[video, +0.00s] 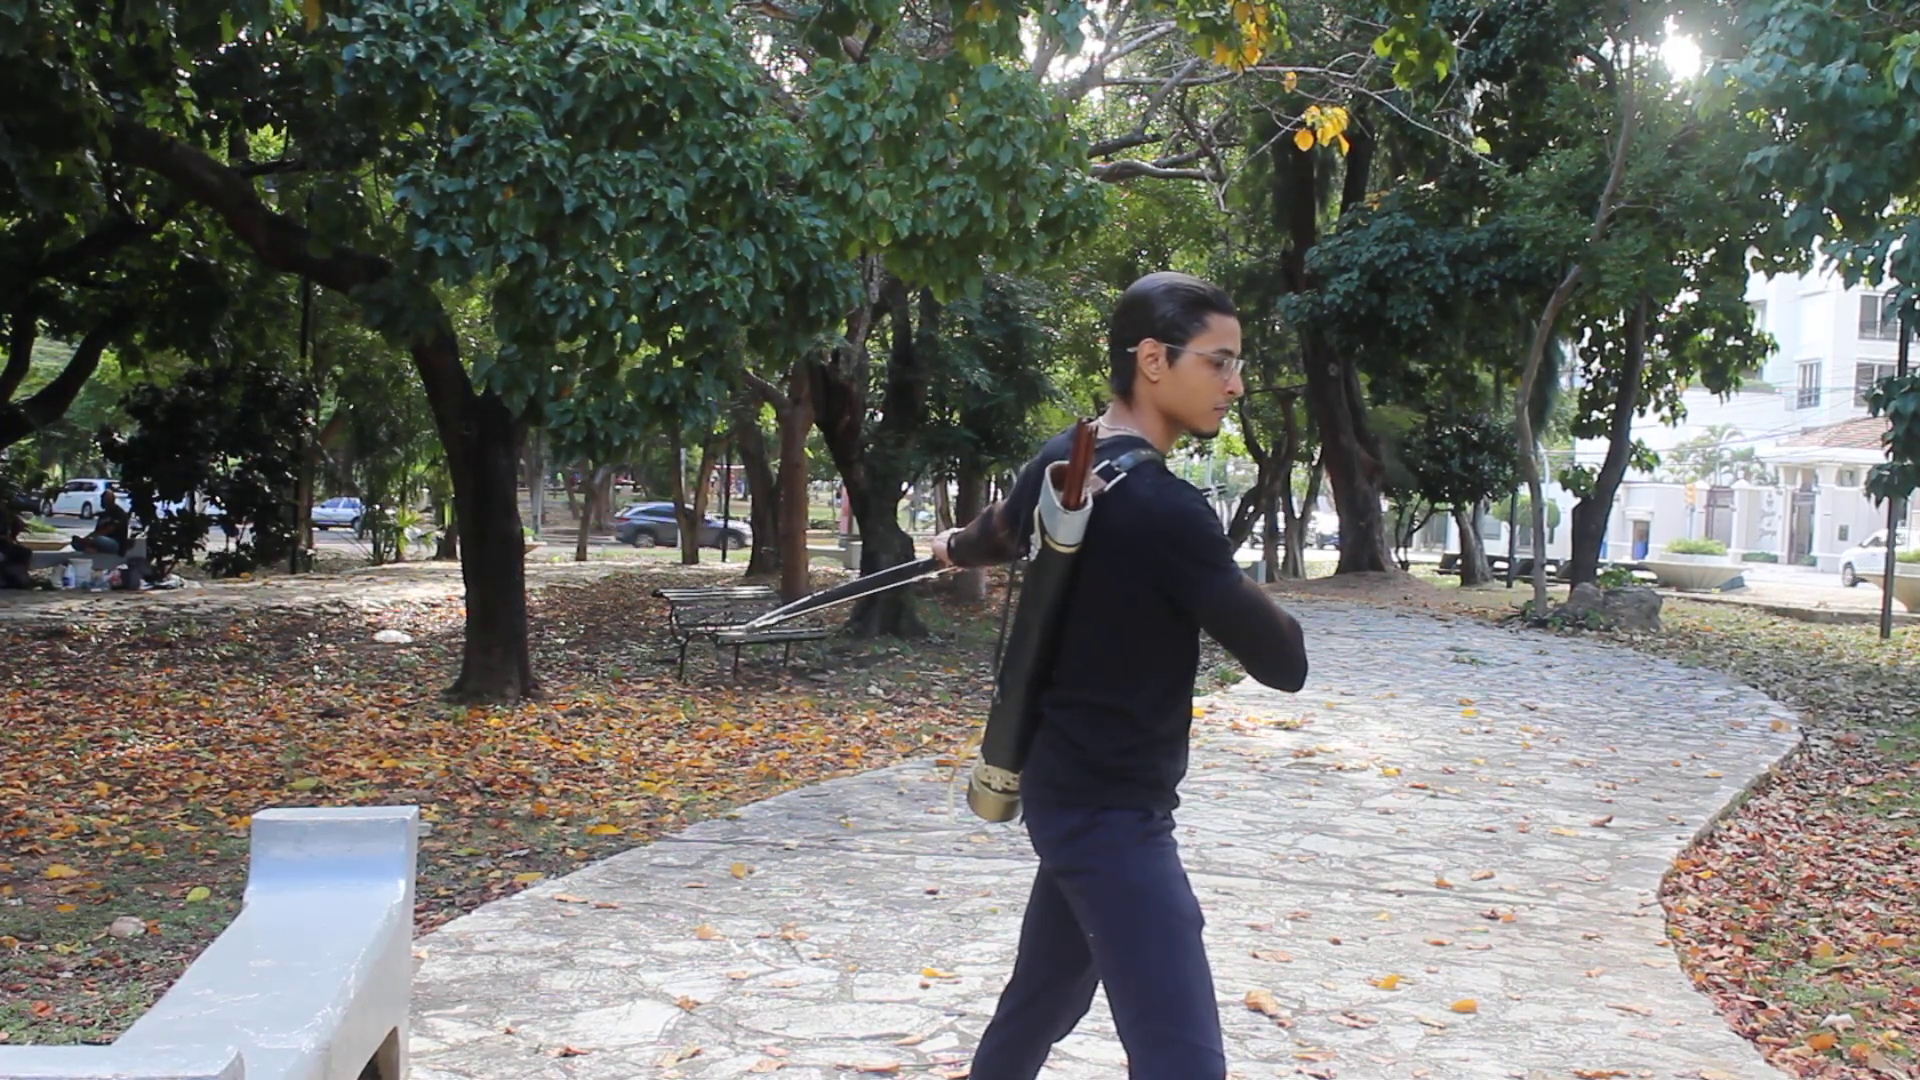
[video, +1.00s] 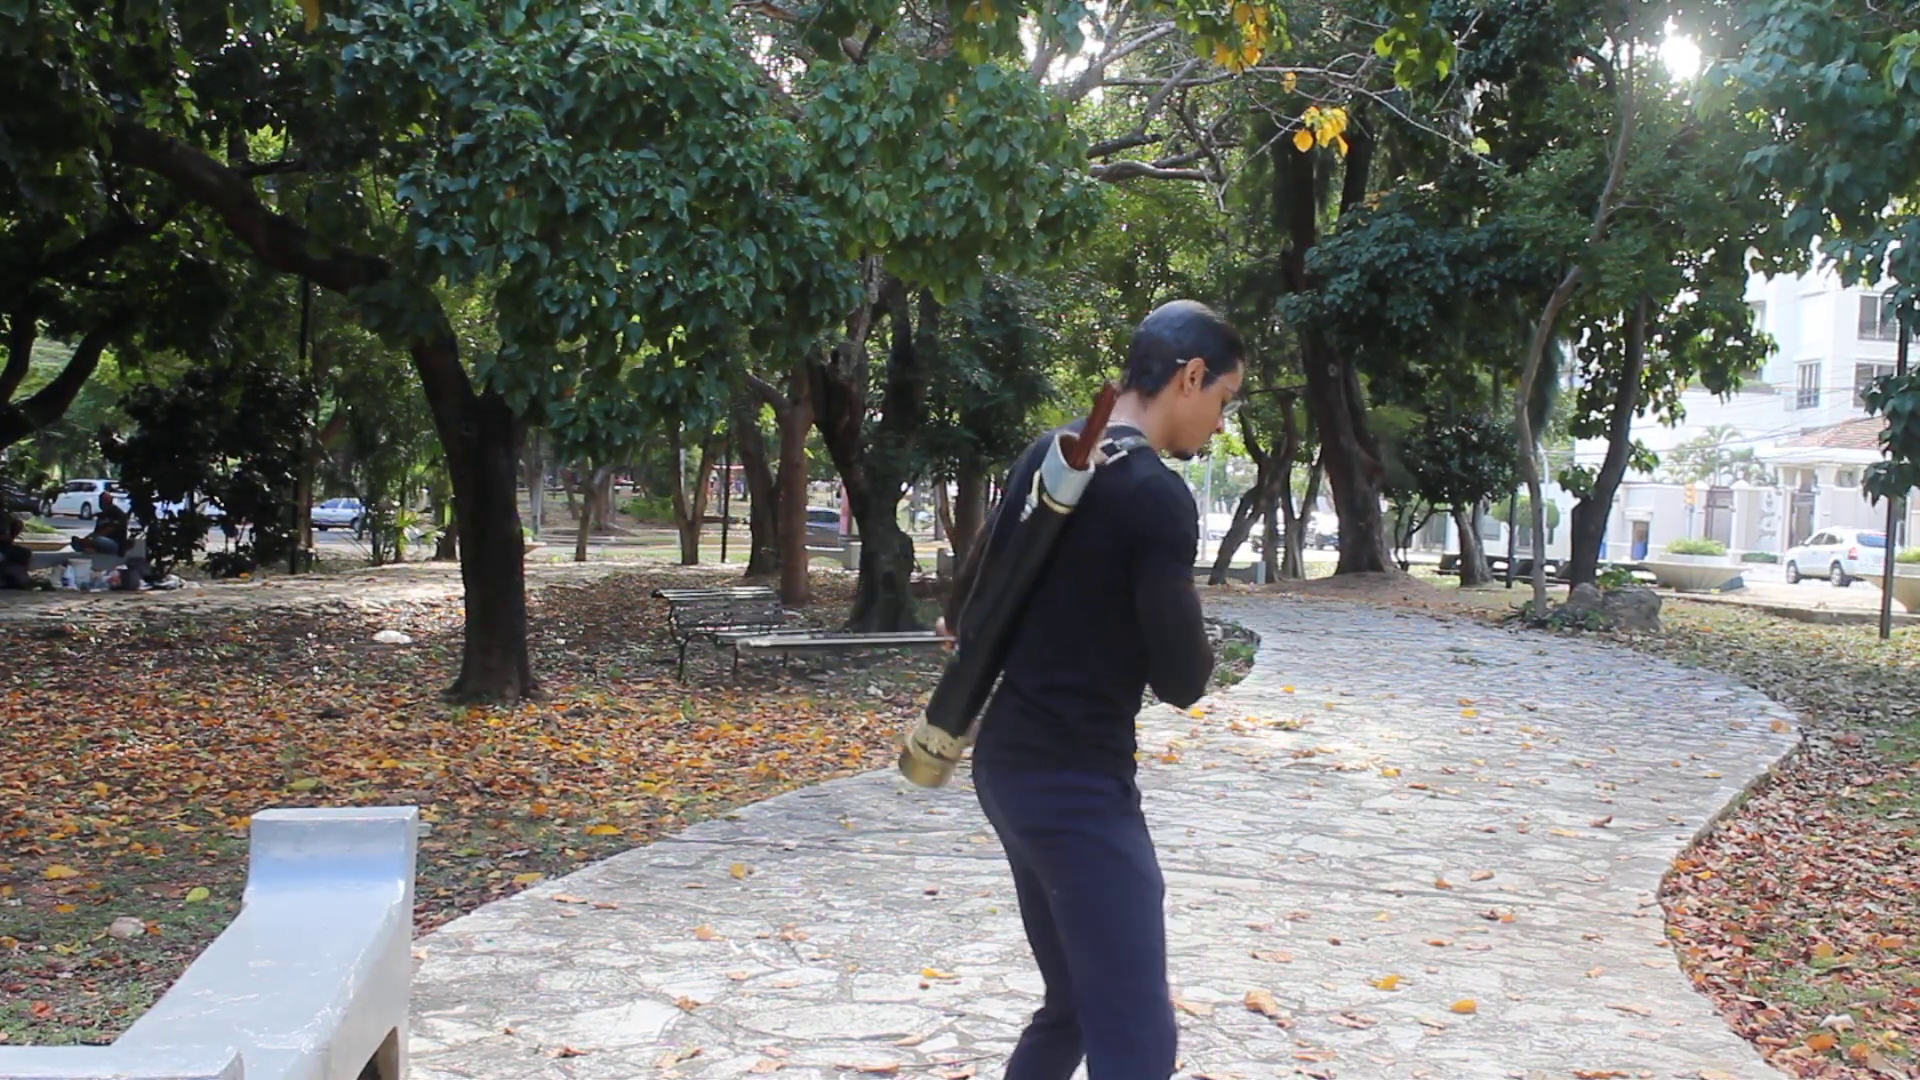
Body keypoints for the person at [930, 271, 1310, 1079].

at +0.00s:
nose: (1237, 384)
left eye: (1238, 363)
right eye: (1218, 362)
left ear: (1154, 368)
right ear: (1153, 363)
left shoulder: (1065, 456)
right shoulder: (1168, 508)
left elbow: (1000, 532)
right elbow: (1286, 663)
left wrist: (955, 548)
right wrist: (1235, 587)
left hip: (1072, 791)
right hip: (1113, 811)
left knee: (1039, 1008)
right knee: (1184, 1059)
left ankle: (986, 1077)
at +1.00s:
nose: (1221, 423)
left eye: (1229, 405)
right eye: (1225, 399)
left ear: (1138, 373)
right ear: (1188, 376)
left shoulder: (1044, 456)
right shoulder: (1156, 491)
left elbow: (980, 609)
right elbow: (1182, 679)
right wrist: (1193, 631)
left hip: (1013, 763)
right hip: (1078, 779)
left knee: (1070, 1012)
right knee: (1137, 1041)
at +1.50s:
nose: (1247, 413)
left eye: (1255, 395)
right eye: (1249, 388)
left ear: (1183, 363)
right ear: (1203, 364)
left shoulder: (1090, 443)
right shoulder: (1136, 478)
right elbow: (1201, 671)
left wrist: (1197, 615)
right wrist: (1231, 623)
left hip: (1041, 766)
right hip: (1068, 781)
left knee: (1096, 1007)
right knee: (1127, 1031)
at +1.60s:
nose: (1253, 415)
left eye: (1260, 398)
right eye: (1253, 391)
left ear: (1189, 366)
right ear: (1207, 367)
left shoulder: (1094, 443)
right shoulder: (1138, 480)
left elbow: (1094, 614)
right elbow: (1198, 680)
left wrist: (1199, 628)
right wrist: (1237, 631)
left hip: (1044, 765)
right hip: (1068, 779)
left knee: (1090, 999)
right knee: (1124, 1032)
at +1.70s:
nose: (1250, 415)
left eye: (1258, 397)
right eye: (1251, 391)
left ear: (1185, 367)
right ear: (1202, 367)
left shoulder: (1091, 445)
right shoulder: (1135, 481)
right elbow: (1181, 675)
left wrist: (1196, 634)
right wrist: (1237, 636)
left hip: (1049, 764)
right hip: (1071, 780)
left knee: (1089, 977)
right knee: (1126, 1028)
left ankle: (1010, 1075)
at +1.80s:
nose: (1243, 413)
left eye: (1250, 396)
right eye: (1241, 390)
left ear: (1179, 369)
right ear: (1191, 368)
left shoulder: (1094, 453)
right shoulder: (1126, 481)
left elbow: (1084, 629)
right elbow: (1159, 671)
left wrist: (1197, 639)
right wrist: (1227, 644)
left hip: (1055, 770)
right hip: (1074, 784)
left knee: (1069, 962)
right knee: (1131, 1022)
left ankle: (1008, 1075)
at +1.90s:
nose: (1232, 420)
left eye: (1238, 402)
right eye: (1229, 397)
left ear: (1168, 378)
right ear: (1178, 378)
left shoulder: (1086, 465)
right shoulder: (1117, 491)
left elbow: (1075, 631)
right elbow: (1150, 675)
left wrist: (1187, 638)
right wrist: (1218, 647)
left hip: (1058, 775)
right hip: (1079, 788)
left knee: (1064, 964)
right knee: (1137, 1014)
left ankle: (1005, 1072)